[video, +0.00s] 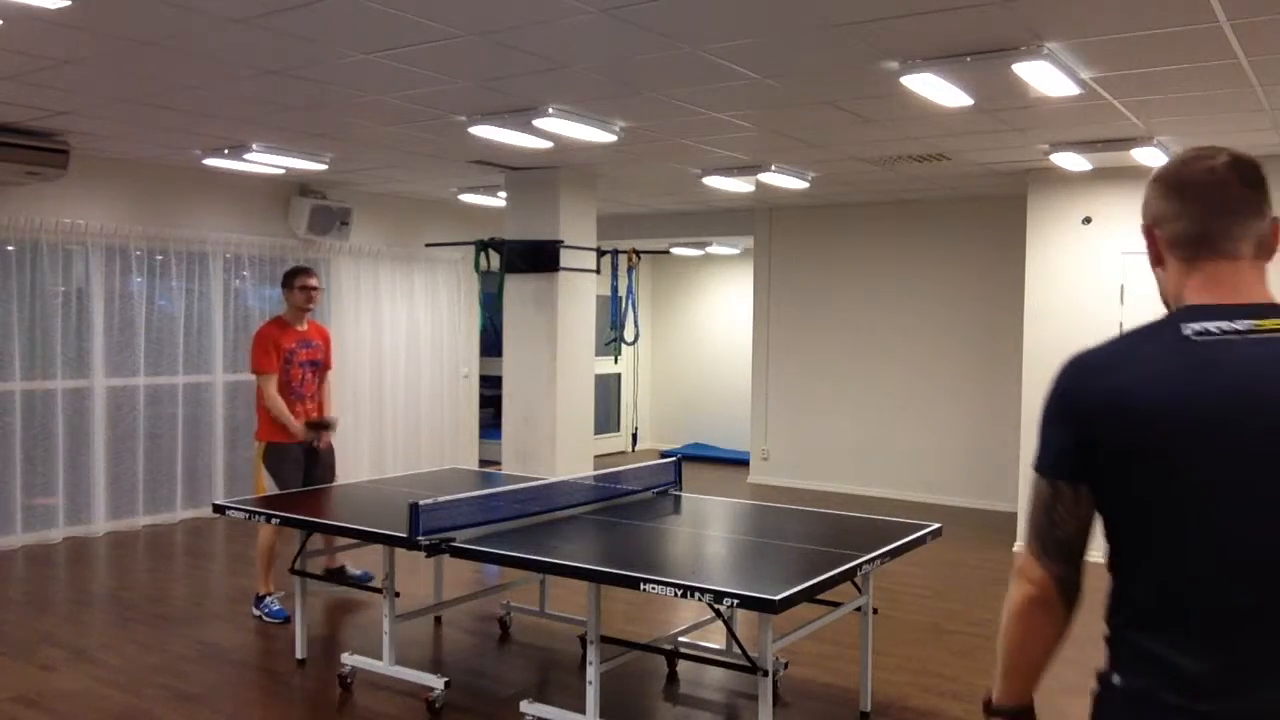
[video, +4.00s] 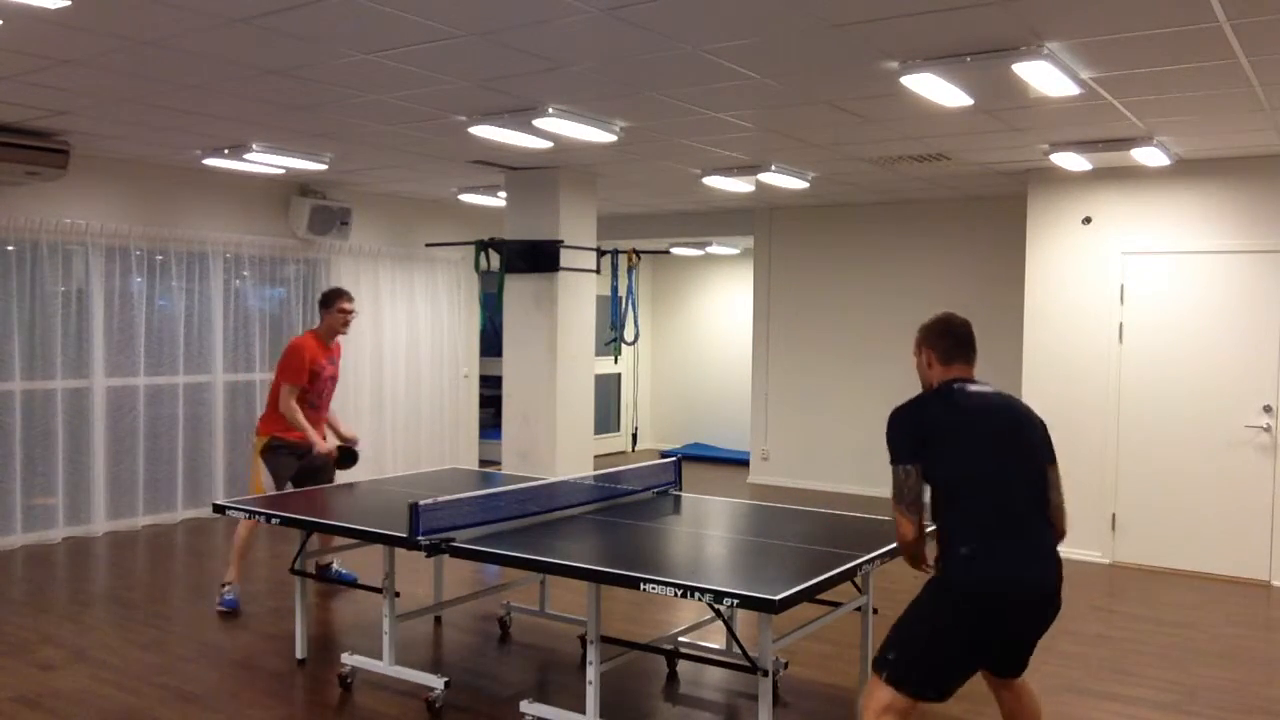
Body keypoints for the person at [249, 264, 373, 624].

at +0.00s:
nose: (311, 295)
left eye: (315, 290)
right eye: (304, 289)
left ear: (319, 294)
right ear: (286, 293)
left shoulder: (321, 334)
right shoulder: (269, 335)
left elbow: (325, 382)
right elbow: (267, 392)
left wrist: (326, 425)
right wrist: (299, 431)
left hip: (315, 436)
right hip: (280, 438)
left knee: (326, 503)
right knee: (277, 514)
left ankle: (333, 564)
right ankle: (264, 593)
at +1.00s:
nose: (357, 301)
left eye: (361, 296)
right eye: (350, 295)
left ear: (364, 300)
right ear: (333, 297)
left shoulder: (366, 338)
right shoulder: (312, 336)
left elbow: (369, 391)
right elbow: (303, 391)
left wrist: (386, 381)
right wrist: (338, 382)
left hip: (359, 426)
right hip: (325, 425)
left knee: (357, 500)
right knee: (331, 496)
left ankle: (348, 571)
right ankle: (301, 582)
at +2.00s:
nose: (334, 303)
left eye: (338, 298)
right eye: (328, 296)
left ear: (338, 302)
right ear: (308, 297)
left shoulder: (334, 337)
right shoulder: (285, 334)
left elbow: (358, 381)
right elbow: (251, 382)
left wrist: (365, 342)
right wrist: (292, 406)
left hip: (327, 437)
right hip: (291, 437)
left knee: (333, 509)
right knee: (277, 514)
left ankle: (334, 573)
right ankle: (264, 594)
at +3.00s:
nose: (325, 323)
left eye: (328, 317)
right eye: (319, 317)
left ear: (327, 319)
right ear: (297, 316)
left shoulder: (323, 351)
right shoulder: (267, 354)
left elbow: (323, 398)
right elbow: (244, 403)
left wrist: (341, 397)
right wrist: (270, 435)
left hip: (311, 447)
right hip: (272, 450)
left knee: (337, 509)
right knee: (258, 517)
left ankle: (342, 572)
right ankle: (217, 597)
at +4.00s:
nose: (349, 318)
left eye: (352, 313)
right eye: (343, 312)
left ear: (349, 316)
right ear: (324, 314)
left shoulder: (334, 348)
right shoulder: (301, 348)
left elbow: (317, 403)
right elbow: (286, 404)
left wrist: (341, 432)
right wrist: (315, 439)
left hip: (309, 439)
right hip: (277, 439)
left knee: (326, 502)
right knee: (259, 507)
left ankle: (324, 564)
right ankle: (230, 582)